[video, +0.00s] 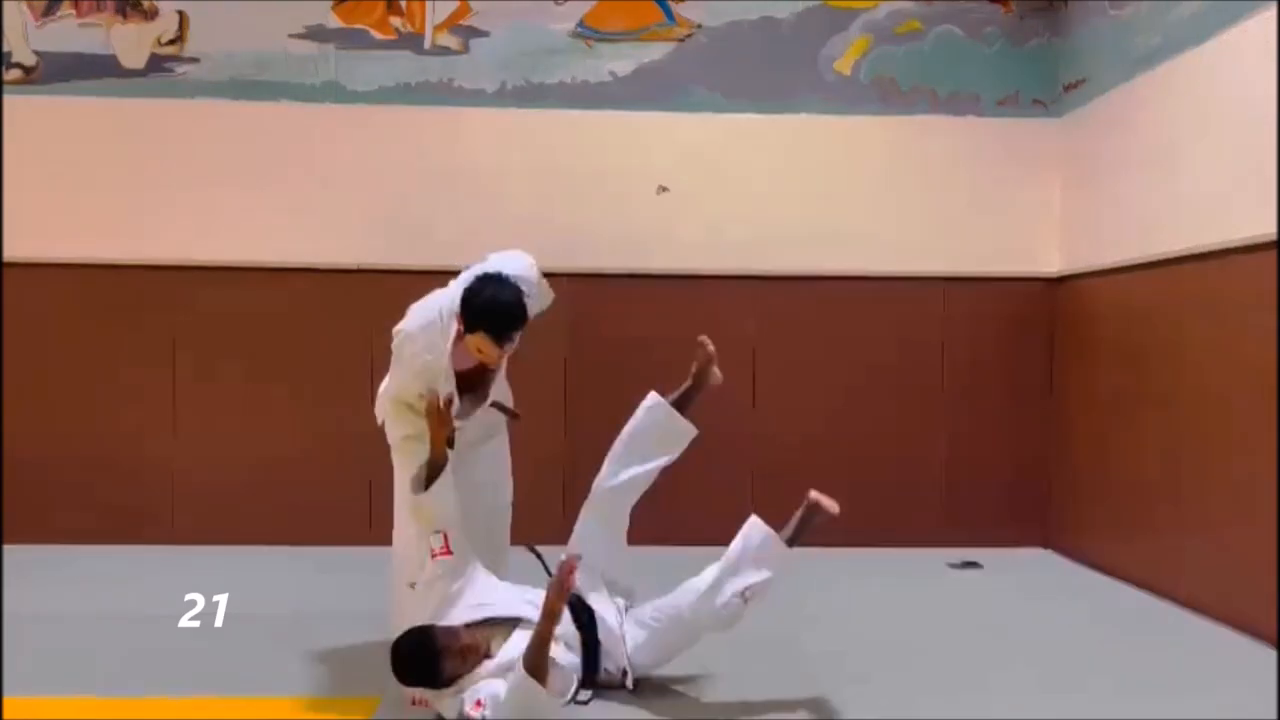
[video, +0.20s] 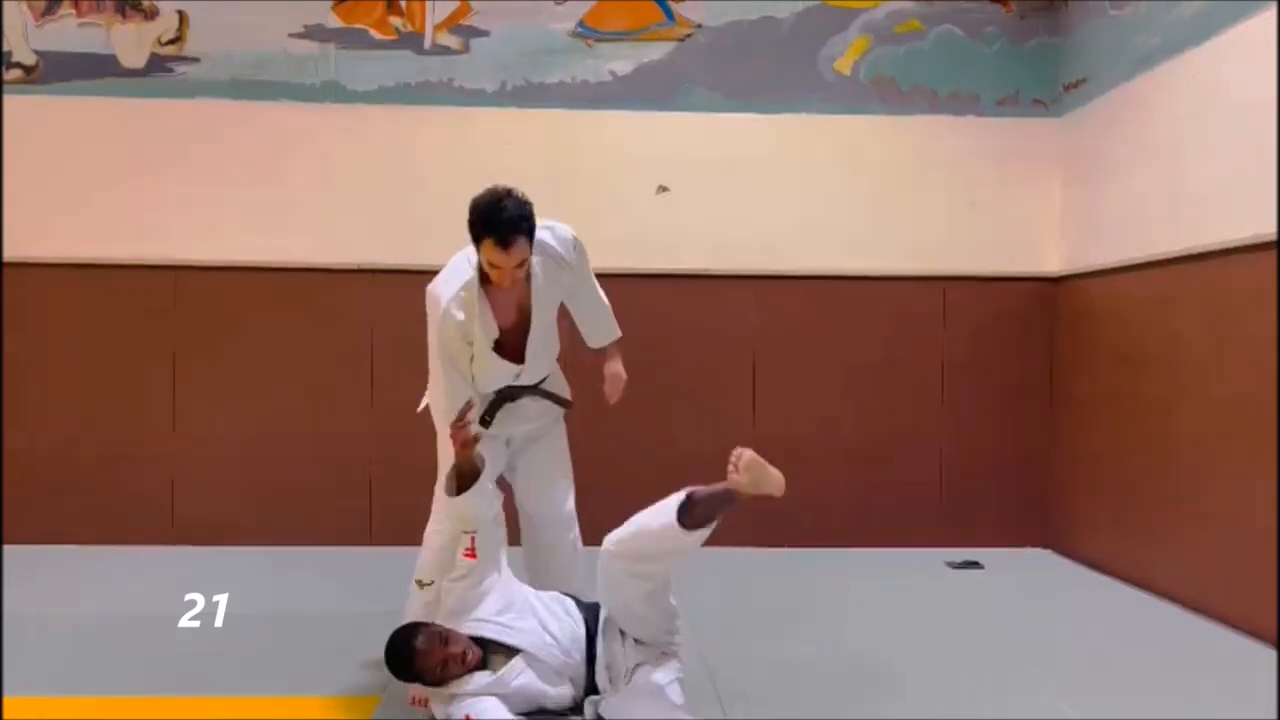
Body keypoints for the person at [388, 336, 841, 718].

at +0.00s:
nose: (471, 642)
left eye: (459, 636)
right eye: (459, 656)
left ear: (448, 625)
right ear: (453, 678)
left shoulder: (469, 597)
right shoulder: (482, 694)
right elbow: (529, 679)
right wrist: (551, 613)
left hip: (588, 591)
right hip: (622, 649)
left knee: (607, 494)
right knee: (711, 595)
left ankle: (693, 389)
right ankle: (800, 522)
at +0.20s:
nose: (458, 655)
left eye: (447, 643)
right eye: (444, 665)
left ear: (443, 624)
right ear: (435, 683)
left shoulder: (475, 593)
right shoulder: (470, 700)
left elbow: (466, 521)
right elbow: (491, 717)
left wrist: (464, 459)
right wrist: (449, 708)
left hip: (620, 619)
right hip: (619, 682)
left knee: (624, 548)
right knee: (647, 710)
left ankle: (738, 488)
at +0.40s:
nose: (451, 653)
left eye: (440, 640)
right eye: (436, 665)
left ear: (438, 622)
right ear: (428, 681)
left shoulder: (473, 596)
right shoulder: (467, 702)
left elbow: (482, 522)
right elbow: (497, 717)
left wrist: (472, 449)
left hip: (618, 619)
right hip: (622, 679)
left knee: (609, 559)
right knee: (630, 712)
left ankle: (727, 499)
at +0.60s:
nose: (438, 642)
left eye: (427, 633)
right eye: (425, 655)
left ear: (432, 620)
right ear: (424, 674)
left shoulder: (472, 599)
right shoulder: (459, 696)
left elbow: (483, 528)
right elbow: (506, 719)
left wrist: (482, 443)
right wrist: (571, 718)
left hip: (610, 617)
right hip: (616, 682)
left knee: (592, 506)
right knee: (654, 713)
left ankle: (706, 417)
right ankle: (785, 663)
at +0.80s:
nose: (631, 229)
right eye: (631, 223)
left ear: (581, 217)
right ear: (626, 219)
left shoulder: (551, 256)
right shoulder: (647, 253)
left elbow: (543, 318)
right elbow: (695, 296)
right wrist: (647, 275)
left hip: (567, 390)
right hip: (628, 391)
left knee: (540, 504)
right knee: (661, 505)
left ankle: (516, 625)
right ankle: (683, 628)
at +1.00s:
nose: (616, 222)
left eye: (601, 214)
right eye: (622, 217)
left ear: (582, 216)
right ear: (625, 218)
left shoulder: (554, 257)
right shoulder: (648, 252)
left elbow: (546, 328)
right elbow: (686, 294)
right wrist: (645, 285)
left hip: (570, 388)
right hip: (630, 389)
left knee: (541, 505)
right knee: (661, 505)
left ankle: (517, 625)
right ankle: (684, 628)